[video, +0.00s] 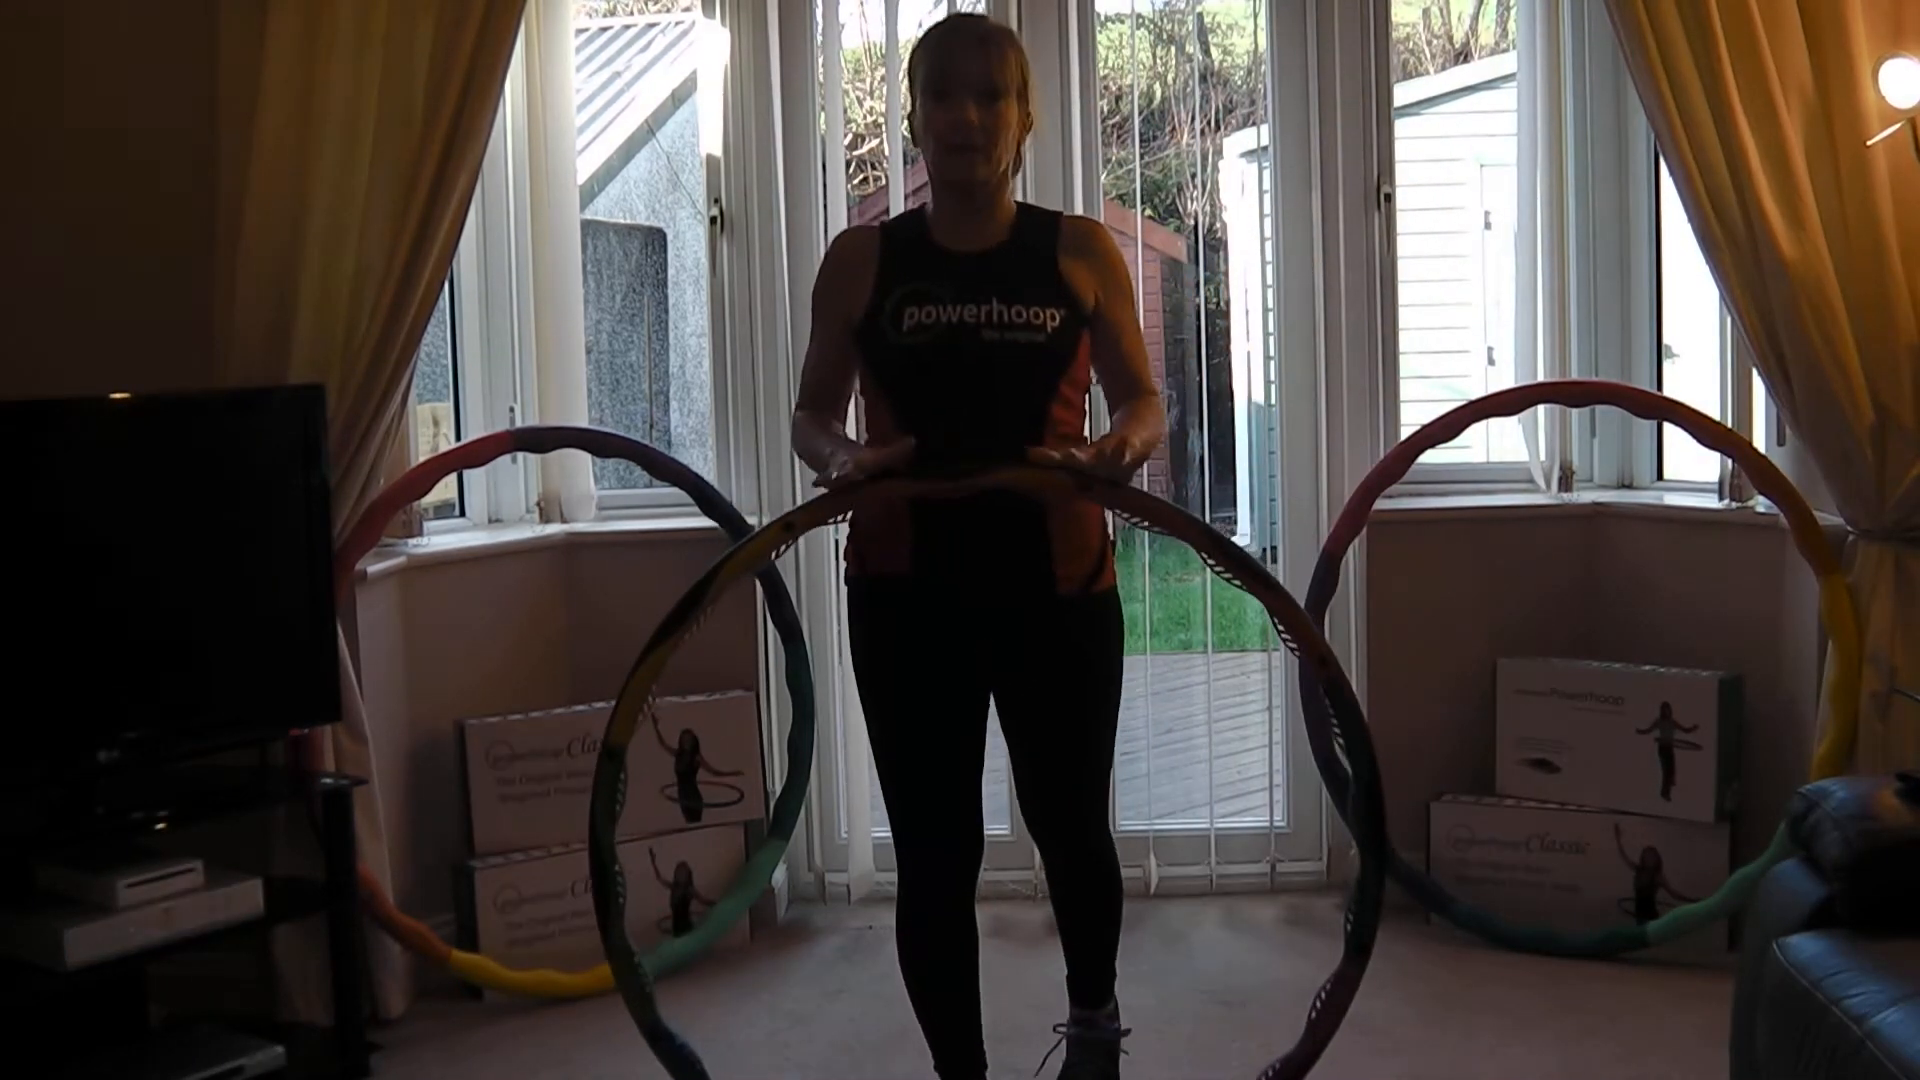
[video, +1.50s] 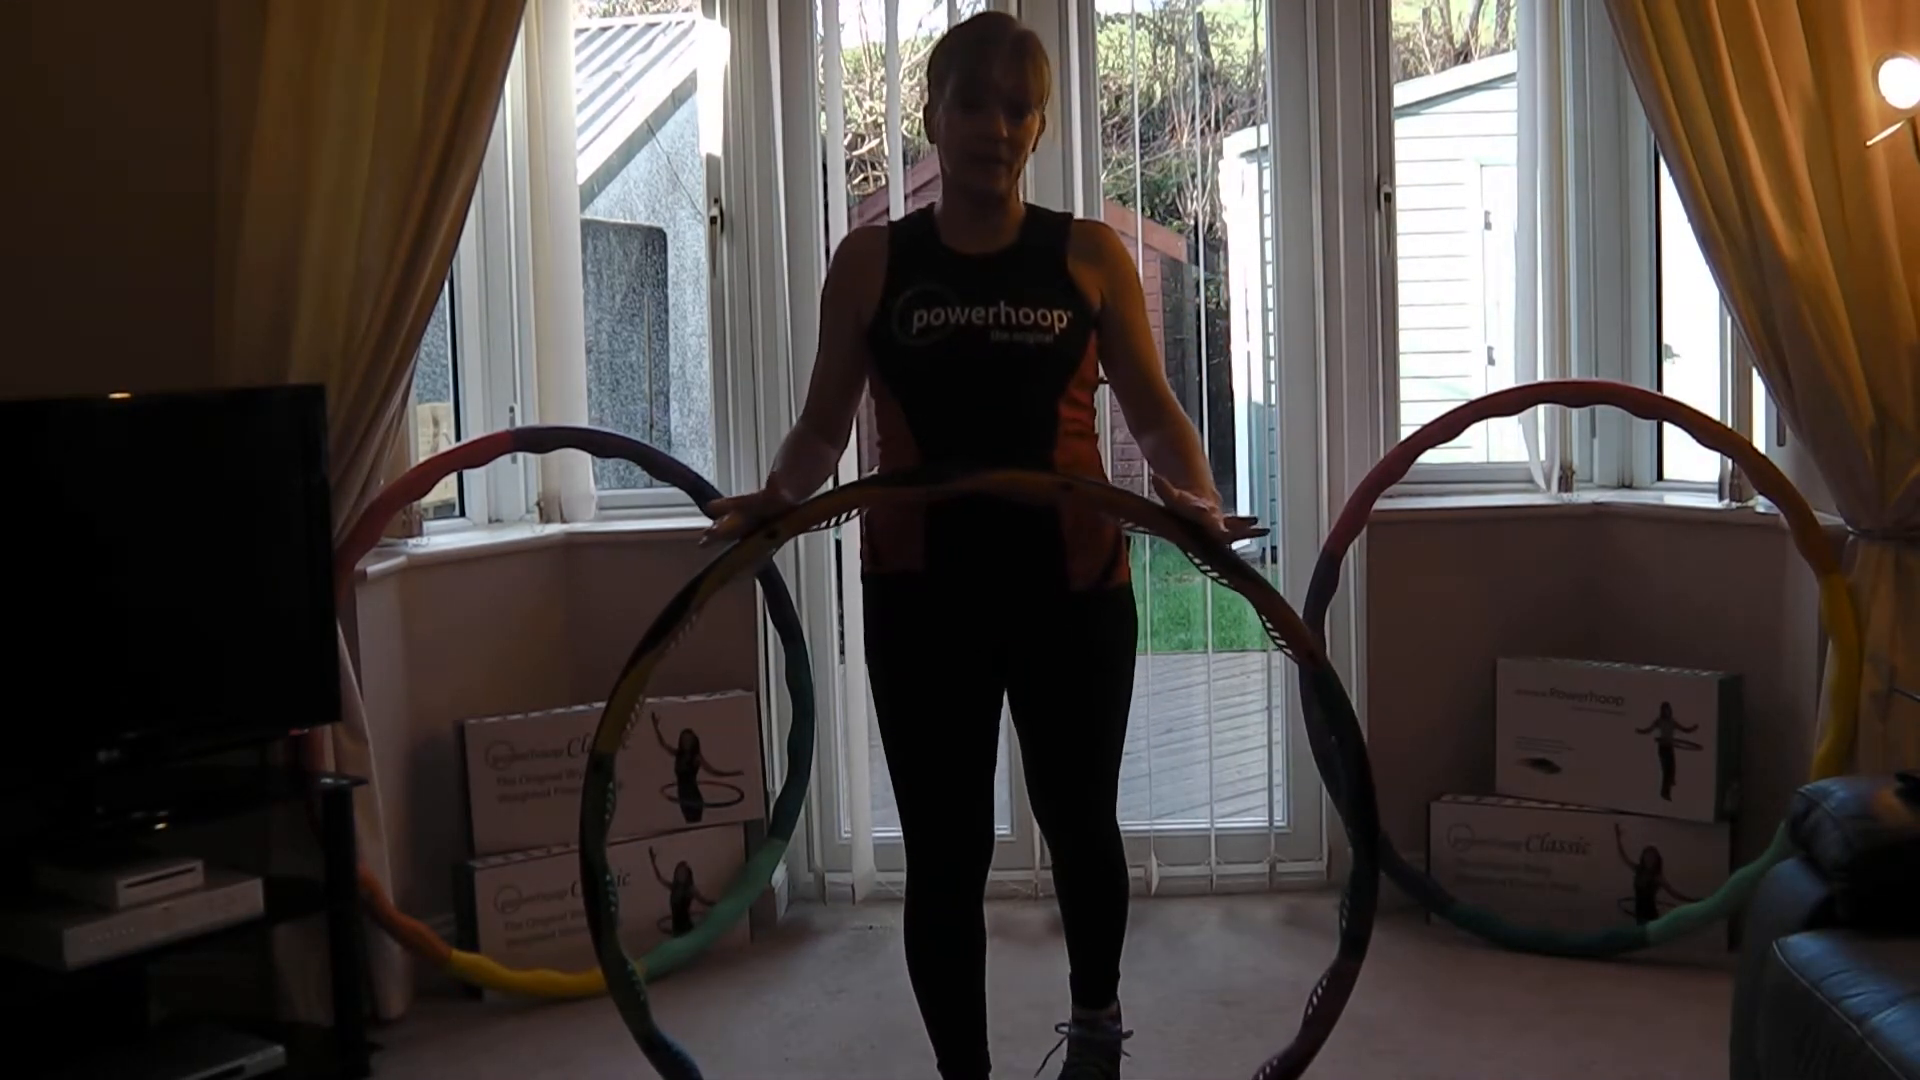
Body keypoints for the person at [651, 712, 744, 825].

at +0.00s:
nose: (685, 742)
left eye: (688, 739)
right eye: (683, 739)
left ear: (693, 742)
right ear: (680, 741)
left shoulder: (696, 757)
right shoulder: (678, 755)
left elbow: (714, 772)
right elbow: (662, 743)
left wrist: (734, 773)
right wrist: (656, 726)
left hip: (693, 795)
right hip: (682, 795)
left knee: (696, 828)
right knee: (691, 828)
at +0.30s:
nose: (685, 742)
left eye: (688, 739)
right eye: (683, 739)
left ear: (693, 742)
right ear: (680, 741)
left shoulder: (696, 757)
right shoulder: (678, 754)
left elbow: (714, 772)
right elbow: (662, 744)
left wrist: (735, 773)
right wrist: (656, 727)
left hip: (693, 795)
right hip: (682, 795)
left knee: (696, 828)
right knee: (691, 828)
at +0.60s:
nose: (686, 743)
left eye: (689, 740)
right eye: (684, 740)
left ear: (694, 742)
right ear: (680, 741)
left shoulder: (696, 757)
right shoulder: (678, 754)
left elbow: (713, 772)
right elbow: (663, 744)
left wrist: (734, 773)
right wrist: (655, 727)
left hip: (693, 795)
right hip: (682, 795)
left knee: (696, 829)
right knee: (691, 829)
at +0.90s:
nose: (685, 742)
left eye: (688, 739)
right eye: (683, 739)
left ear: (693, 741)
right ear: (680, 741)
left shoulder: (696, 757)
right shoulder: (678, 754)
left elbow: (713, 772)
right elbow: (662, 744)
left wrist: (734, 773)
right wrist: (656, 726)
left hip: (693, 794)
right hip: (682, 795)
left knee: (696, 828)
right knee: (691, 828)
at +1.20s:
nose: (685, 742)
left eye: (688, 739)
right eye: (683, 739)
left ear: (693, 742)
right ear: (680, 741)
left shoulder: (696, 757)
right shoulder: (678, 754)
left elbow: (713, 772)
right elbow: (662, 744)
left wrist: (734, 773)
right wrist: (656, 726)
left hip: (693, 795)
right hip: (682, 795)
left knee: (696, 828)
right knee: (691, 828)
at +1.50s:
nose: (686, 742)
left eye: (689, 739)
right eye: (684, 739)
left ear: (694, 741)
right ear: (680, 741)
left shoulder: (696, 757)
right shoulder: (678, 755)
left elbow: (713, 772)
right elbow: (662, 743)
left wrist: (734, 773)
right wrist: (656, 726)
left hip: (693, 794)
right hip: (682, 795)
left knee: (696, 828)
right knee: (691, 828)